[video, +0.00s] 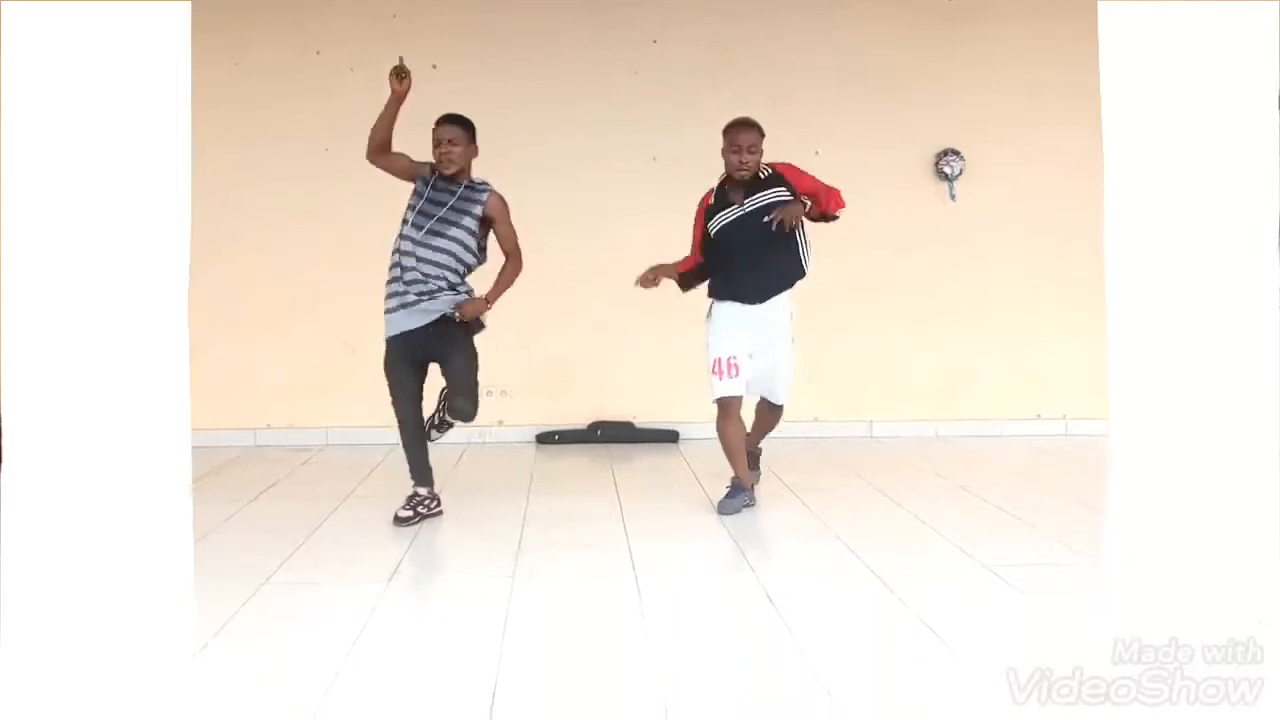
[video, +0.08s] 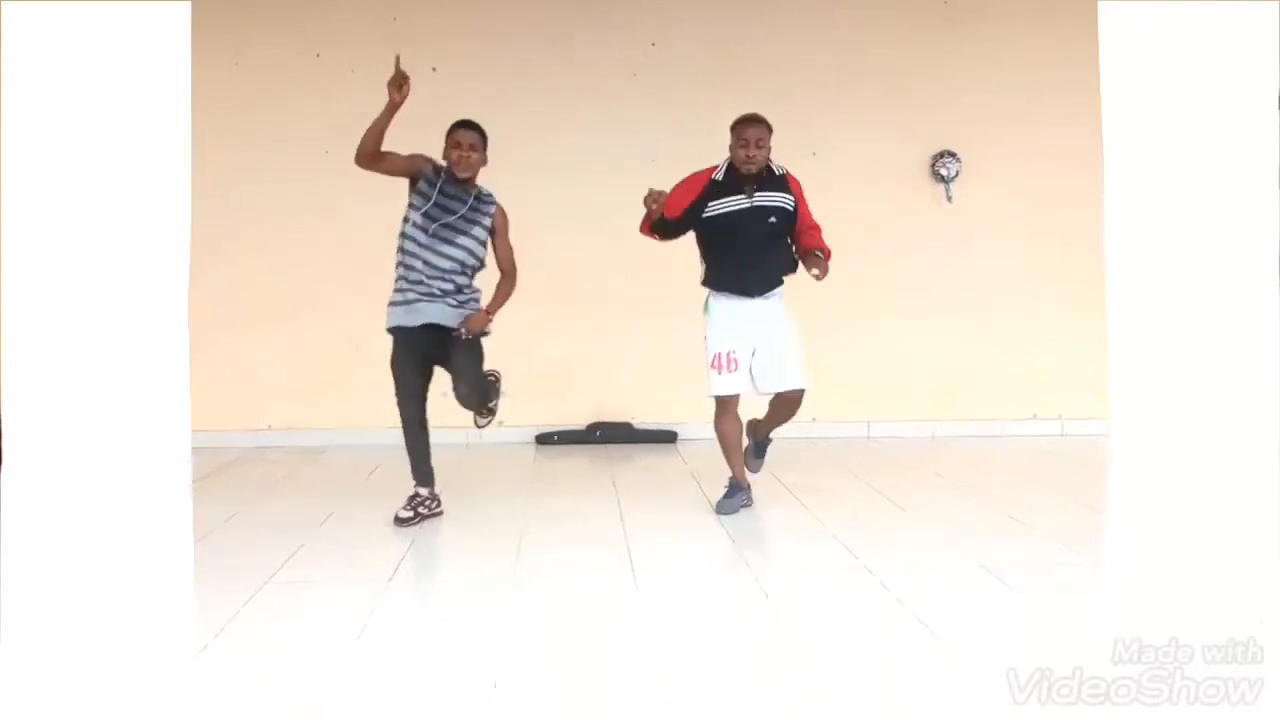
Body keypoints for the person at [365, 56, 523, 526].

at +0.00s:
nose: (443, 151)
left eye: (452, 144)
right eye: (437, 144)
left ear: (473, 149)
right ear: (432, 146)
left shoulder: (489, 201)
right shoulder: (422, 175)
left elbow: (513, 260)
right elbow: (378, 154)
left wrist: (486, 301)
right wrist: (395, 100)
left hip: (446, 310)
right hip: (401, 312)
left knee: (464, 407)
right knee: (405, 408)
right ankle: (424, 492)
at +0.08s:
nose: (462, 154)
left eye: (471, 149)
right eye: (455, 147)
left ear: (484, 159)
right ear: (445, 150)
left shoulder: (491, 211)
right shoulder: (424, 170)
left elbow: (508, 272)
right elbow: (366, 157)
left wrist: (488, 313)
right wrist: (391, 108)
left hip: (457, 315)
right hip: (410, 312)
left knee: (471, 396)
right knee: (409, 406)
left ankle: (489, 395)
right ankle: (425, 491)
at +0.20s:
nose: (471, 164)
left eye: (479, 157)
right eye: (463, 156)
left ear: (490, 164)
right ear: (449, 161)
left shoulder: (497, 217)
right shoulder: (428, 195)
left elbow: (513, 273)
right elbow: (398, 248)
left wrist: (518, 317)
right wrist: (398, 304)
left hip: (475, 326)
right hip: (423, 328)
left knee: (508, 399)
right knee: (399, 405)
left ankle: (519, 478)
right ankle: (419, 494)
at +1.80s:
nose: (481, 164)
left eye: (489, 163)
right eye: (475, 165)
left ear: (505, 182)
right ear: (469, 188)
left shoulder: (524, 212)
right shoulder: (463, 227)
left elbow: (537, 258)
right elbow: (431, 281)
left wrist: (536, 291)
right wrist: (372, 297)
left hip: (499, 311)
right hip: (449, 317)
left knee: (514, 392)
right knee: (443, 398)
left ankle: (530, 470)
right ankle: (467, 474)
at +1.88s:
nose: (456, 162)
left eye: (462, 158)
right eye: (449, 163)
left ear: (479, 173)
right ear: (446, 186)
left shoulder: (510, 196)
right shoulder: (450, 227)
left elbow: (538, 231)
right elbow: (421, 287)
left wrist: (547, 251)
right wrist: (366, 310)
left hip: (519, 297)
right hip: (468, 310)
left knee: (531, 386)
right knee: (461, 392)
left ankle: (533, 467)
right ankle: (469, 469)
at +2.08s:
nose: (431, 139)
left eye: (437, 135)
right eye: (424, 142)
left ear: (457, 145)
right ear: (427, 167)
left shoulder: (490, 157)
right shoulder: (448, 212)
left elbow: (542, 176)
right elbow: (438, 279)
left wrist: (559, 191)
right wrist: (407, 307)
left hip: (552, 275)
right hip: (507, 292)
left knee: (555, 368)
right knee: (494, 374)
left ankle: (544, 451)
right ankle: (486, 453)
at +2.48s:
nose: (467, 147)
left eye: (475, 138)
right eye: (459, 139)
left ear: (491, 135)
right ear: (450, 139)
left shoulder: (515, 169)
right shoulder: (438, 171)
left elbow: (570, 196)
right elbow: (429, 215)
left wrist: (543, 248)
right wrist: (434, 268)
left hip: (512, 281)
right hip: (462, 284)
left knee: (529, 348)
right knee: (445, 351)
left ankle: (528, 432)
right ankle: (464, 435)